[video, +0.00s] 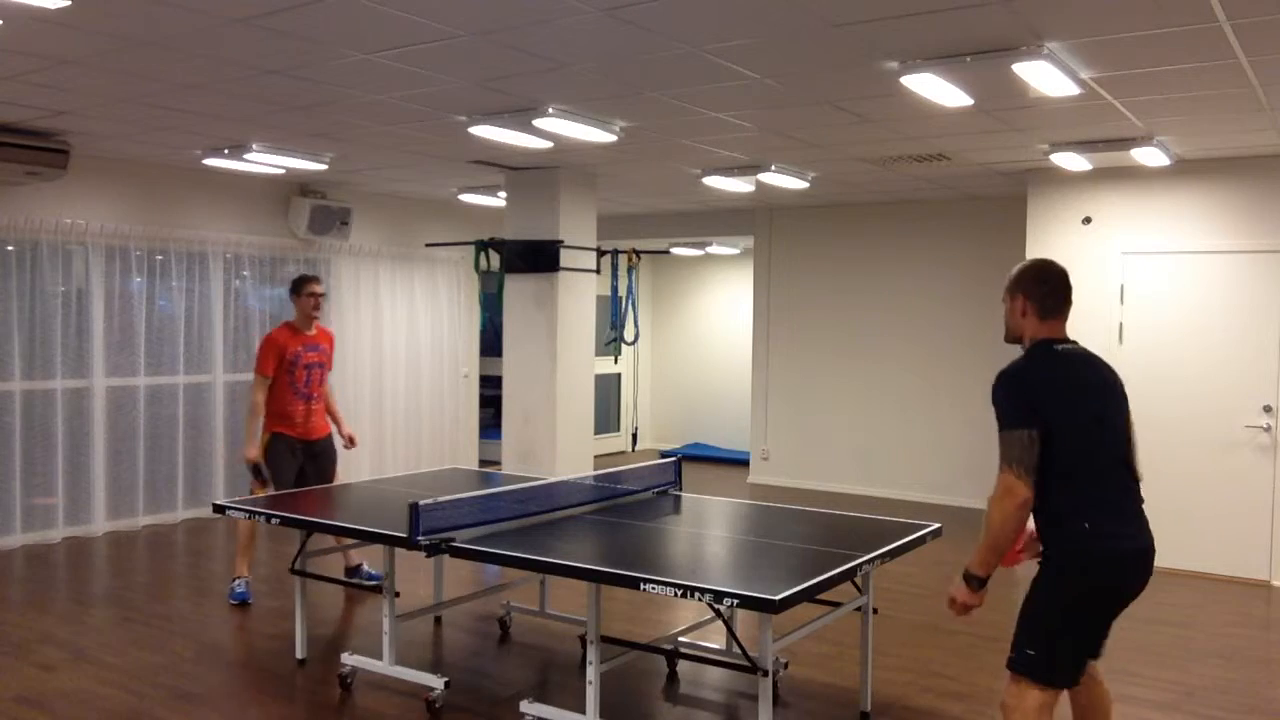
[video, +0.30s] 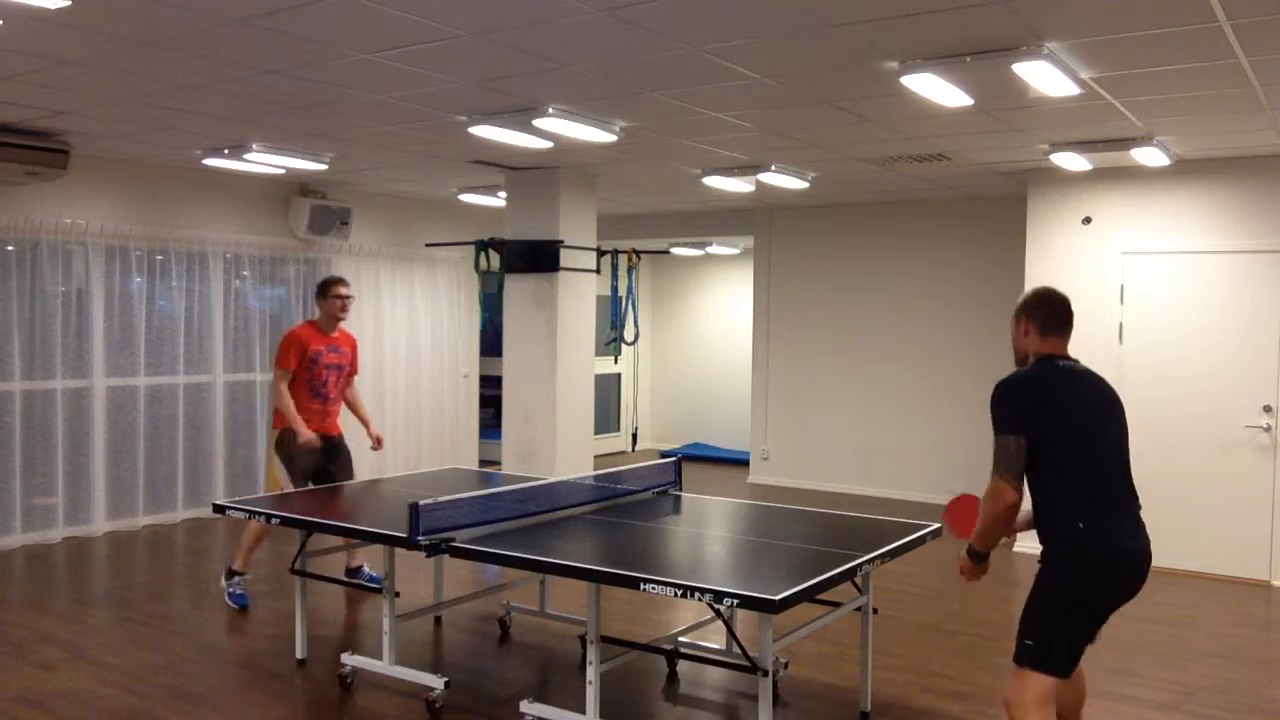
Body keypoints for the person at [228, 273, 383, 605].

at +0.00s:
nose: (318, 301)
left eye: (321, 296)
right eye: (311, 296)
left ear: (323, 301)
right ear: (295, 300)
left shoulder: (325, 338)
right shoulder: (276, 340)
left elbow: (323, 386)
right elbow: (259, 393)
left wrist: (341, 425)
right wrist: (252, 444)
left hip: (319, 437)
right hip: (282, 438)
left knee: (331, 502)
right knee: (256, 503)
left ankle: (353, 565)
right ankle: (241, 575)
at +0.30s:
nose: (345, 303)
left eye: (348, 299)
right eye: (339, 298)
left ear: (350, 304)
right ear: (321, 302)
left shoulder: (348, 342)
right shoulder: (298, 337)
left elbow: (348, 388)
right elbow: (279, 386)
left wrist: (368, 425)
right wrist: (300, 427)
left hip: (330, 435)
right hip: (294, 434)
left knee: (346, 500)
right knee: (277, 505)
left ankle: (354, 566)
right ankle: (235, 573)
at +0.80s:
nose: (311, 312)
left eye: (315, 307)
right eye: (305, 306)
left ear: (317, 311)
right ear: (285, 308)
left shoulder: (315, 347)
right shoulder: (259, 346)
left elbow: (307, 393)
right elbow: (232, 395)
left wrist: (321, 425)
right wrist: (265, 435)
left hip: (292, 441)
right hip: (254, 441)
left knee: (317, 503)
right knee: (247, 512)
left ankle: (332, 567)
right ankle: (221, 594)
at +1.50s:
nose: (327, 333)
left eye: (329, 327)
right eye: (322, 327)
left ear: (322, 328)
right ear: (301, 326)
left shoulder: (318, 359)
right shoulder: (270, 362)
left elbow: (312, 404)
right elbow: (248, 413)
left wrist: (338, 423)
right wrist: (277, 455)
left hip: (299, 448)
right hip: (263, 450)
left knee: (328, 501)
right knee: (259, 515)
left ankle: (337, 565)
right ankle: (222, 595)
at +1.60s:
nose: (338, 337)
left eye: (340, 331)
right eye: (333, 330)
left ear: (324, 332)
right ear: (312, 328)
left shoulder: (319, 362)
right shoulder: (285, 363)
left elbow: (310, 409)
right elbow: (282, 420)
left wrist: (341, 422)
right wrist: (323, 451)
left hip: (296, 447)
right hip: (264, 448)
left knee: (327, 502)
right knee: (262, 514)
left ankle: (337, 566)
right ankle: (222, 596)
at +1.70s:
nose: (351, 338)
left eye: (353, 333)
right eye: (347, 332)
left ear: (335, 333)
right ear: (328, 329)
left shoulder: (317, 362)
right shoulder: (304, 362)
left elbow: (309, 412)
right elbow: (330, 414)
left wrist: (347, 418)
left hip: (296, 448)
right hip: (266, 450)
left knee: (326, 504)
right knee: (259, 519)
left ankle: (337, 566)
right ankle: (221, 596)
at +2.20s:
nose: (358, 314)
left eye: (361, 308)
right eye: (353, 307)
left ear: (360, 312)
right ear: (334, 307)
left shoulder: (342, 344)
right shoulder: (320, 343)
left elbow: (336, 396)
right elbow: (322, 398)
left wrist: (364, 413)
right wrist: (359, 431)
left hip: (326, 436)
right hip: (294, 437)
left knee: (340, 502)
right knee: (270, 508)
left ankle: (339, 563)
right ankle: (244, 583)